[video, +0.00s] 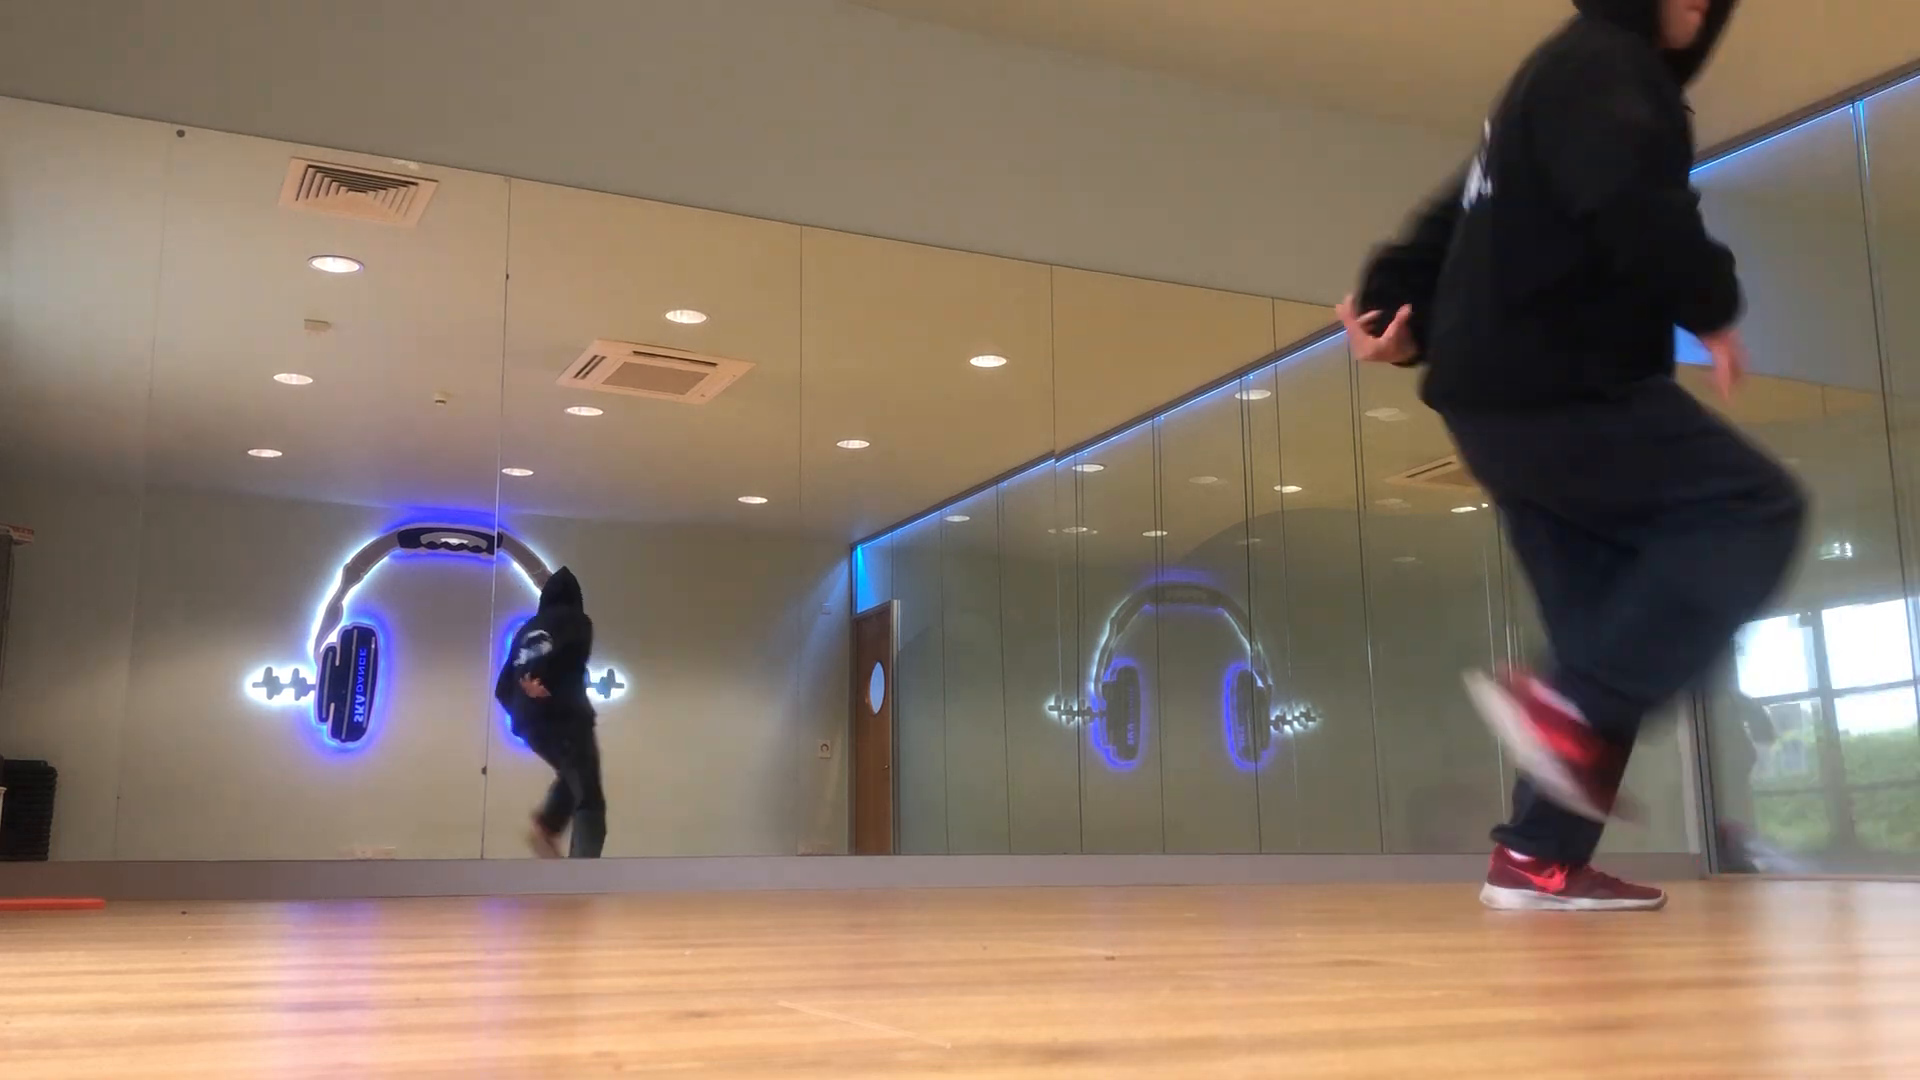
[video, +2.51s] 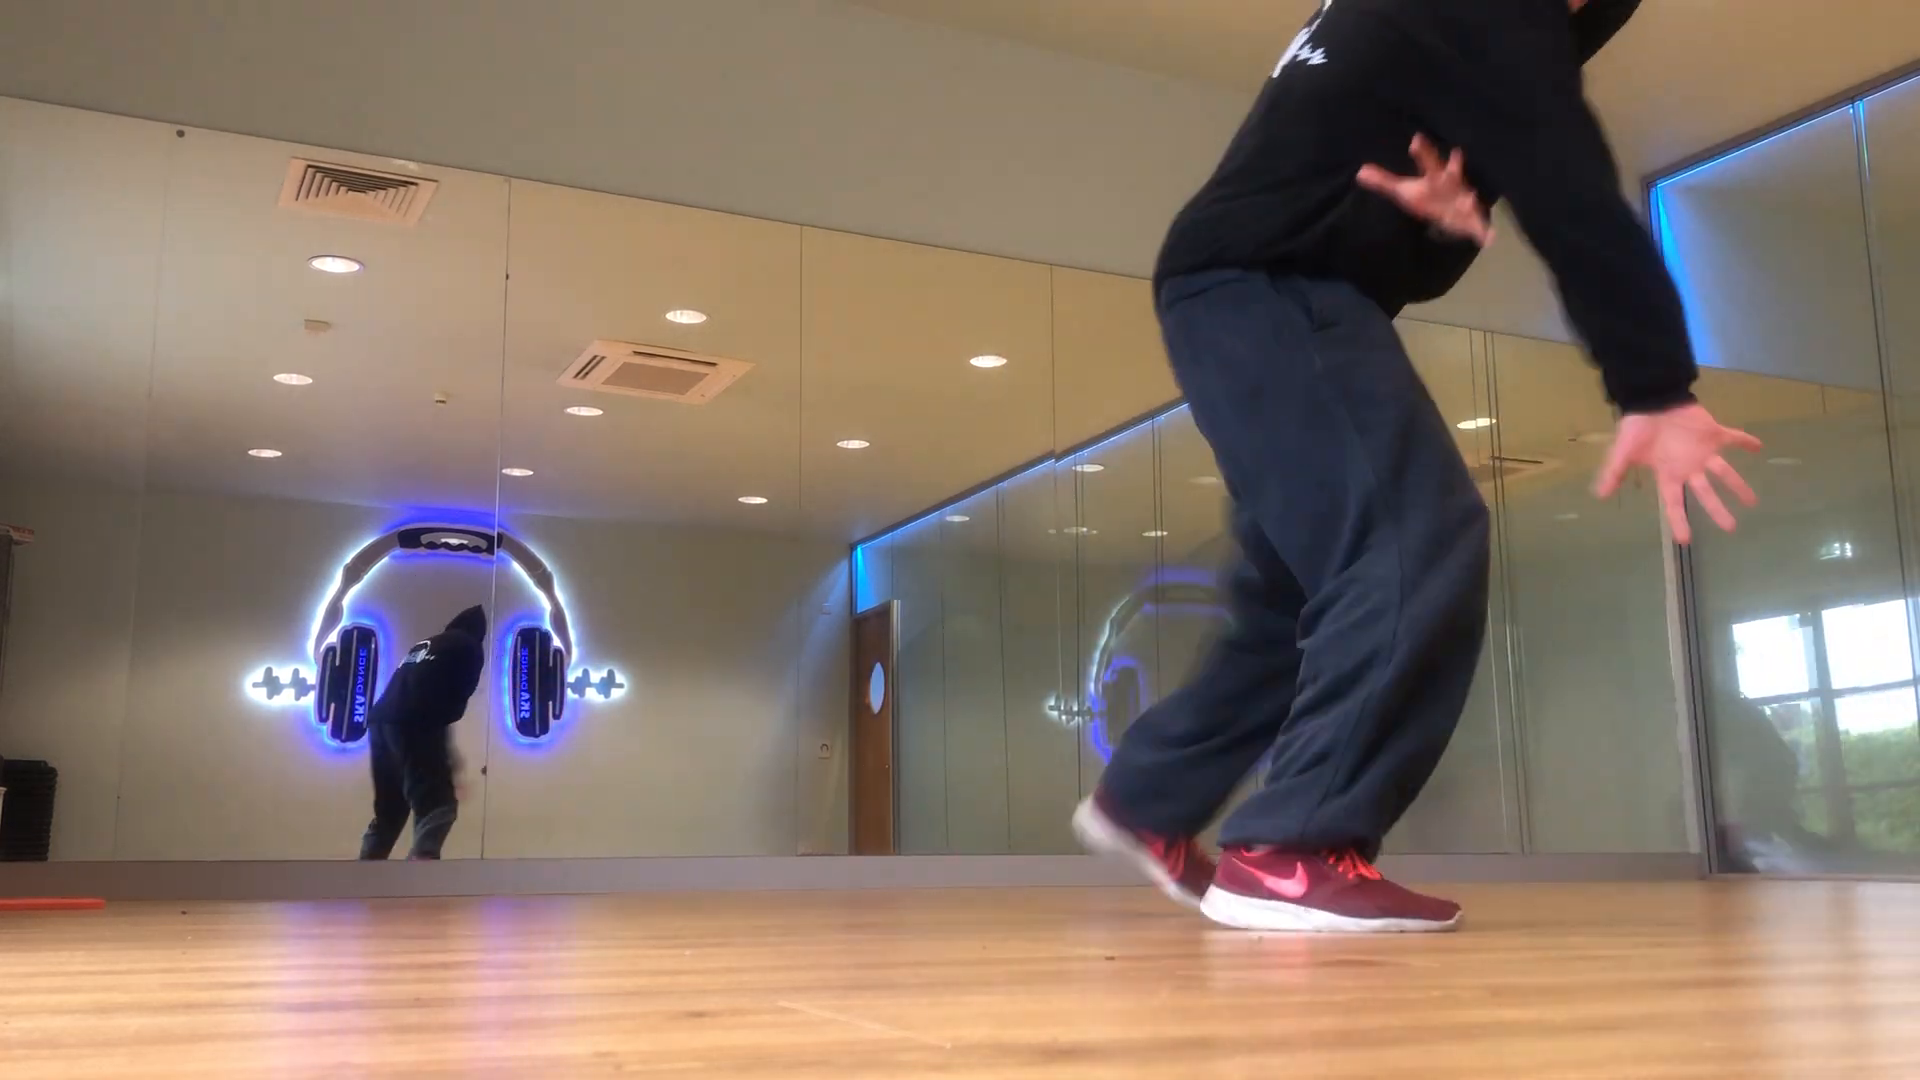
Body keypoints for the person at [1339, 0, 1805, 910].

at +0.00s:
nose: (1700, 10)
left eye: (1707, 1)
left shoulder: (1564, 65)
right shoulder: (1614, 72)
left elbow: (1476, 193)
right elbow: (1637, 206)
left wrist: (1395, 288)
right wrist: (1713, 307)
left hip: (1495, 387)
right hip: (1558, 384)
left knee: (1603, 621)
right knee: (1753, 505)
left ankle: (1542, 856)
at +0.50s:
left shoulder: (1379, 17)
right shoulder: (1447, 15)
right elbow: (1483, 122)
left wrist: (1460, 256)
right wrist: (1430, 307)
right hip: (1261, 295)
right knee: (1379, 571)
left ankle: (1351, 774)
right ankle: (1212, 843)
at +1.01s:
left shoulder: (1376, 62)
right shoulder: (1169, 9)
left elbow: (1329, 230)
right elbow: (1086, 91)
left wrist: (1253, 356)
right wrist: (1094, 257)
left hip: (1219, 293)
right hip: (1079, 250)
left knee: (1214, 483)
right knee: (1045, 532)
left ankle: (1115, 760)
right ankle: (989, 821)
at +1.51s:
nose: (1453, 27)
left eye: (1467, 12)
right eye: (1432, 10)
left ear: (1484, 19)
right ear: (1378, 16)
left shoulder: (1495, 92)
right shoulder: (1319, 132)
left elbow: (1518, 234)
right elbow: (1397, 328)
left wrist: (1435, 228)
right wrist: (1555, 269)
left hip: (1433, 385)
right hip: (1320, 380)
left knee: (1444, 606)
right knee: (1396, 572)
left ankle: (1392, 852)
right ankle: (1227, 775)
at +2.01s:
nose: (1639, 13)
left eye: (1651, 6)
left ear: (1647, 17)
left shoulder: (1557, 88)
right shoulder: (1490, 79)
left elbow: (1544, 275)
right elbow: (1493, 265)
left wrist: (1567, 425)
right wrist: (1558, 426)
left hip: (1459, 387)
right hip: (1415, 386)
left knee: (1524, 621)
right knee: (1624, 537)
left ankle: (1382, 827)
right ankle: (1687, 825)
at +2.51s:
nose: (1599, 16)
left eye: (1597, 15)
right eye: (1601, 10)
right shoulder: (1499, 17)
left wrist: (1452, 216)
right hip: (1274, 284)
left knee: (1310, 579)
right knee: (1418, 535)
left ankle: (1147, 797)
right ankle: (1292, 843)